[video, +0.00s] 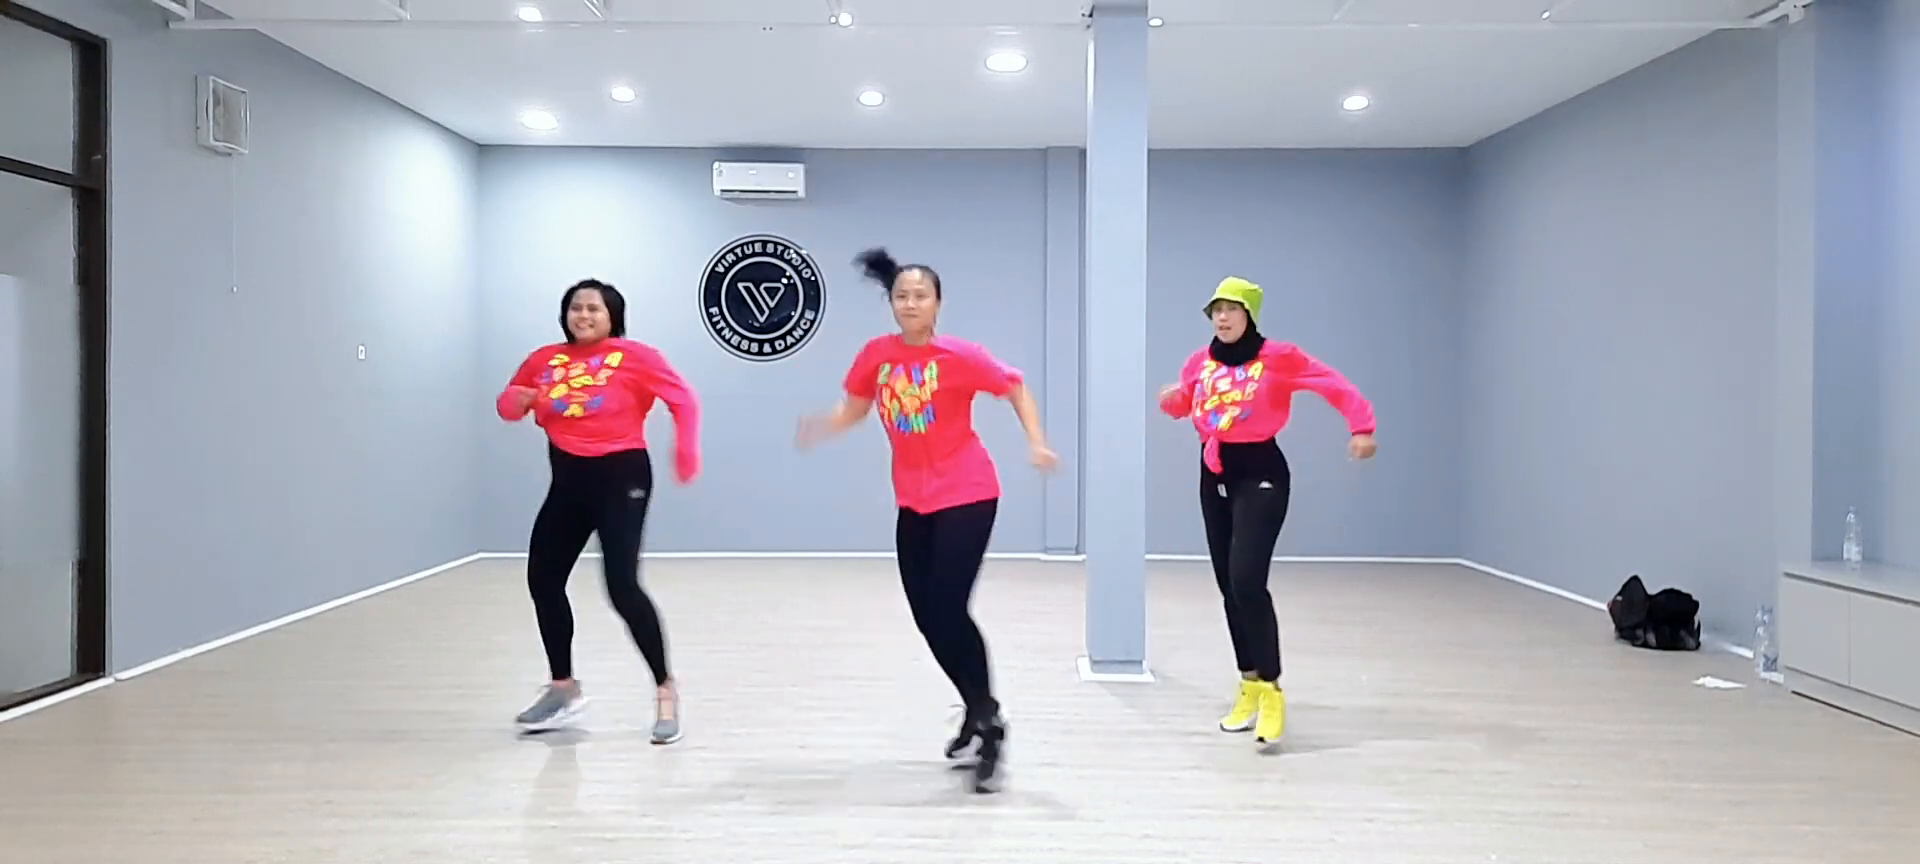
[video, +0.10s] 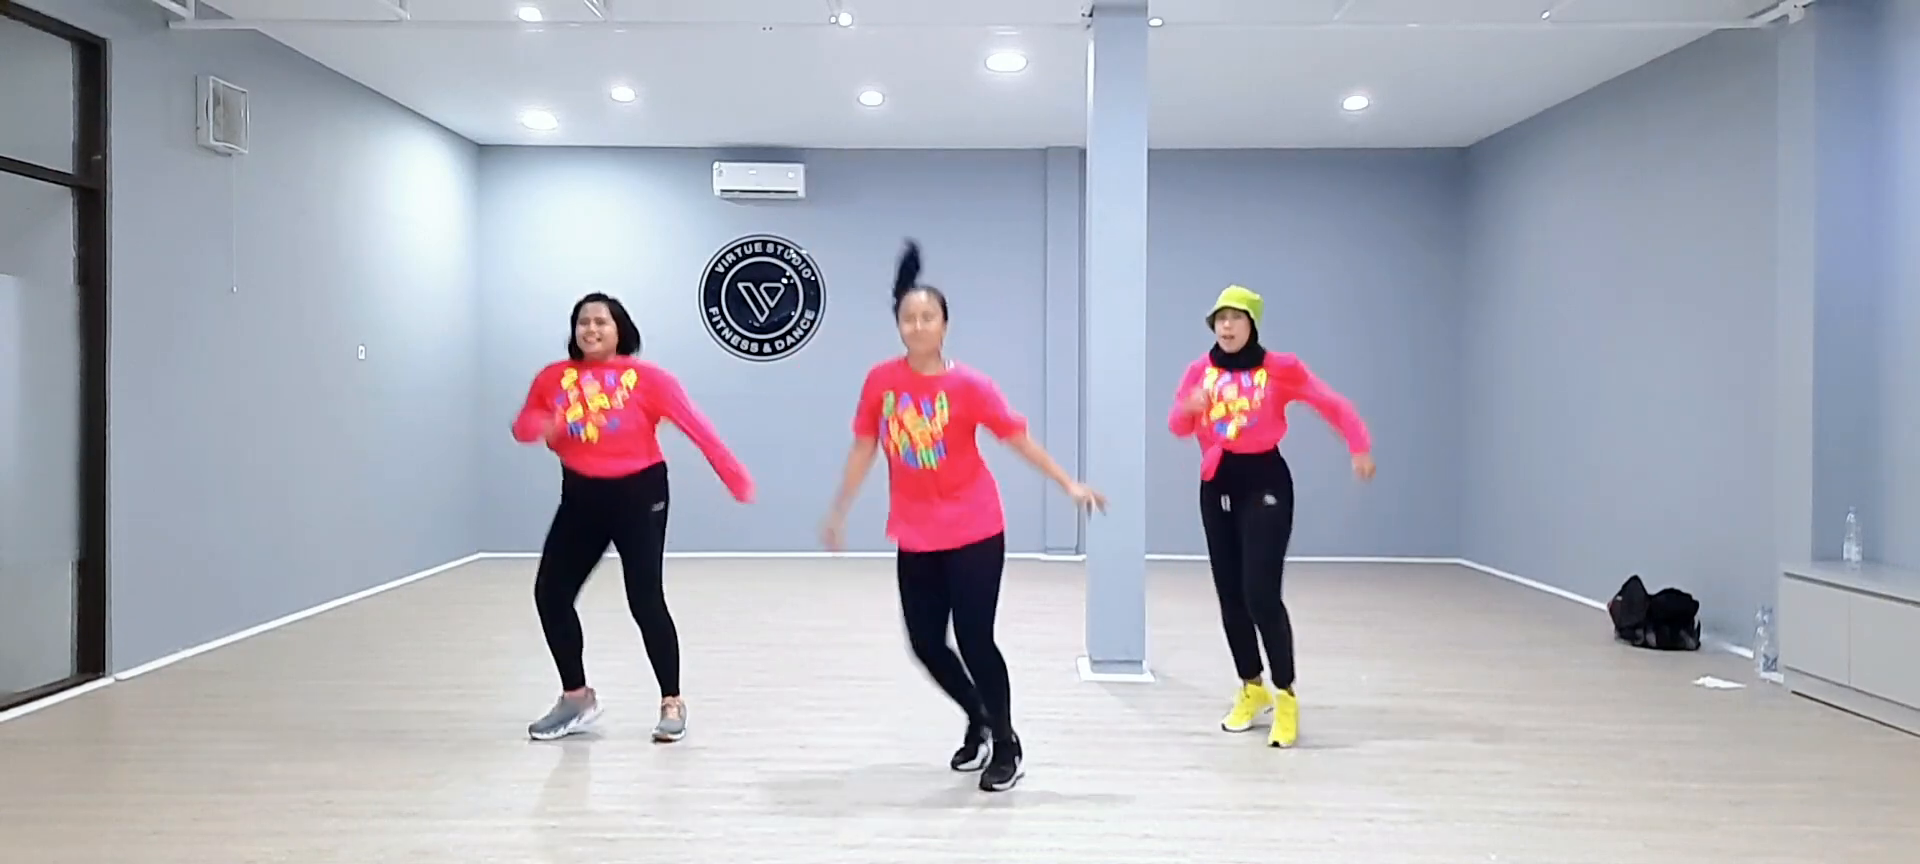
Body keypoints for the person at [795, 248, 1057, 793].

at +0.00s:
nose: (911, 302)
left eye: (921, 295)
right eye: (902, 295)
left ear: (938, 304)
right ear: (891, 304)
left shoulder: (961, 356)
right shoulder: (876, 355)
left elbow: (1015, 388)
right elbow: (853, 408)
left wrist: (1037, 441)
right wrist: (822, 426)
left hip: (968, 498)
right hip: (915, 504)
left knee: (947, 607)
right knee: (927, 616)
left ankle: (988, 722)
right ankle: (978, 709)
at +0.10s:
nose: (918, 326)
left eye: (928, 317)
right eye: (909, 318)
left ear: (945, 326)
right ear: (897, 327)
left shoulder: (969, 386)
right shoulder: (881, 381)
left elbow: (1019, 439)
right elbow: (864, 448)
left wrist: (1070, 484)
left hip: (974, 533)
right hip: (915, 537)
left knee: (974, 640)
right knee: (925, 643)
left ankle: (1005, 743)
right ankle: (978, 715)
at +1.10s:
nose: (814, 337)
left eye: (824, 326)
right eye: (803, 327)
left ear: (838, 328)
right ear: (786, 331)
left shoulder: (866, 359)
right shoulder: (765, 389)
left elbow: (926, 355)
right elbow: (706, 450)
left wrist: (971, 400)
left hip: (857, 521)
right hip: (784, 525)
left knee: (887, 631)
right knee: (755, 649)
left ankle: (870, 745)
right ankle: (746, 763)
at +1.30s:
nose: (862, 365)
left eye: (872, 354)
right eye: (849, 354)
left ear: (887, 360)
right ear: (830, 360)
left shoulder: (895, 390)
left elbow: (925, 404)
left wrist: (956, 425)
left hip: (897, 561)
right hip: (822, 565)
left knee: (932, 677)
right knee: (764, 682)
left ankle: (964, 814)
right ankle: (755, 766)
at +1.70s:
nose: (922, 312)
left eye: (933, 302)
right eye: (912, 303)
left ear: (950, 312)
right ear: (895, 311)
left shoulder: (962, 380)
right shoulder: (866, 348)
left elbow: (974, 441)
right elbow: (814, 403)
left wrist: (986, 480)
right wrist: (868, 391)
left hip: (927, 520)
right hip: (852, 516)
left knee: (918, 652)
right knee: (842, 661)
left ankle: (930, 802)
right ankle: (823, 809)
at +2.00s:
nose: (906, 295)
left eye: (917, 286)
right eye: (897, 285)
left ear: (936, 295)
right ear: (881, 293)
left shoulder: (955, 365)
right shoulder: (849, 344)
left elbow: (960, 445)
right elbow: (820, 395)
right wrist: (818, 453)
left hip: (918, 523)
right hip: (844, 514)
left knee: (907, 646)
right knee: (837, 632)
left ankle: (915, 799)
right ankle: (836, 762)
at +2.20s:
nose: (875, 300)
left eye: (886, 291)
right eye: (865, 291)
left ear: (905, 300)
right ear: (852, 300)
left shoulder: (935, 366)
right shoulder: (828, 368)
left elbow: (946, 444)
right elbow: (816, 446)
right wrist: (813, 509)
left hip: (907, 534)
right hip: (844, 534)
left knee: (894, 654)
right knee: (851, 656)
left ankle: (887, 791)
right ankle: (852, 770)